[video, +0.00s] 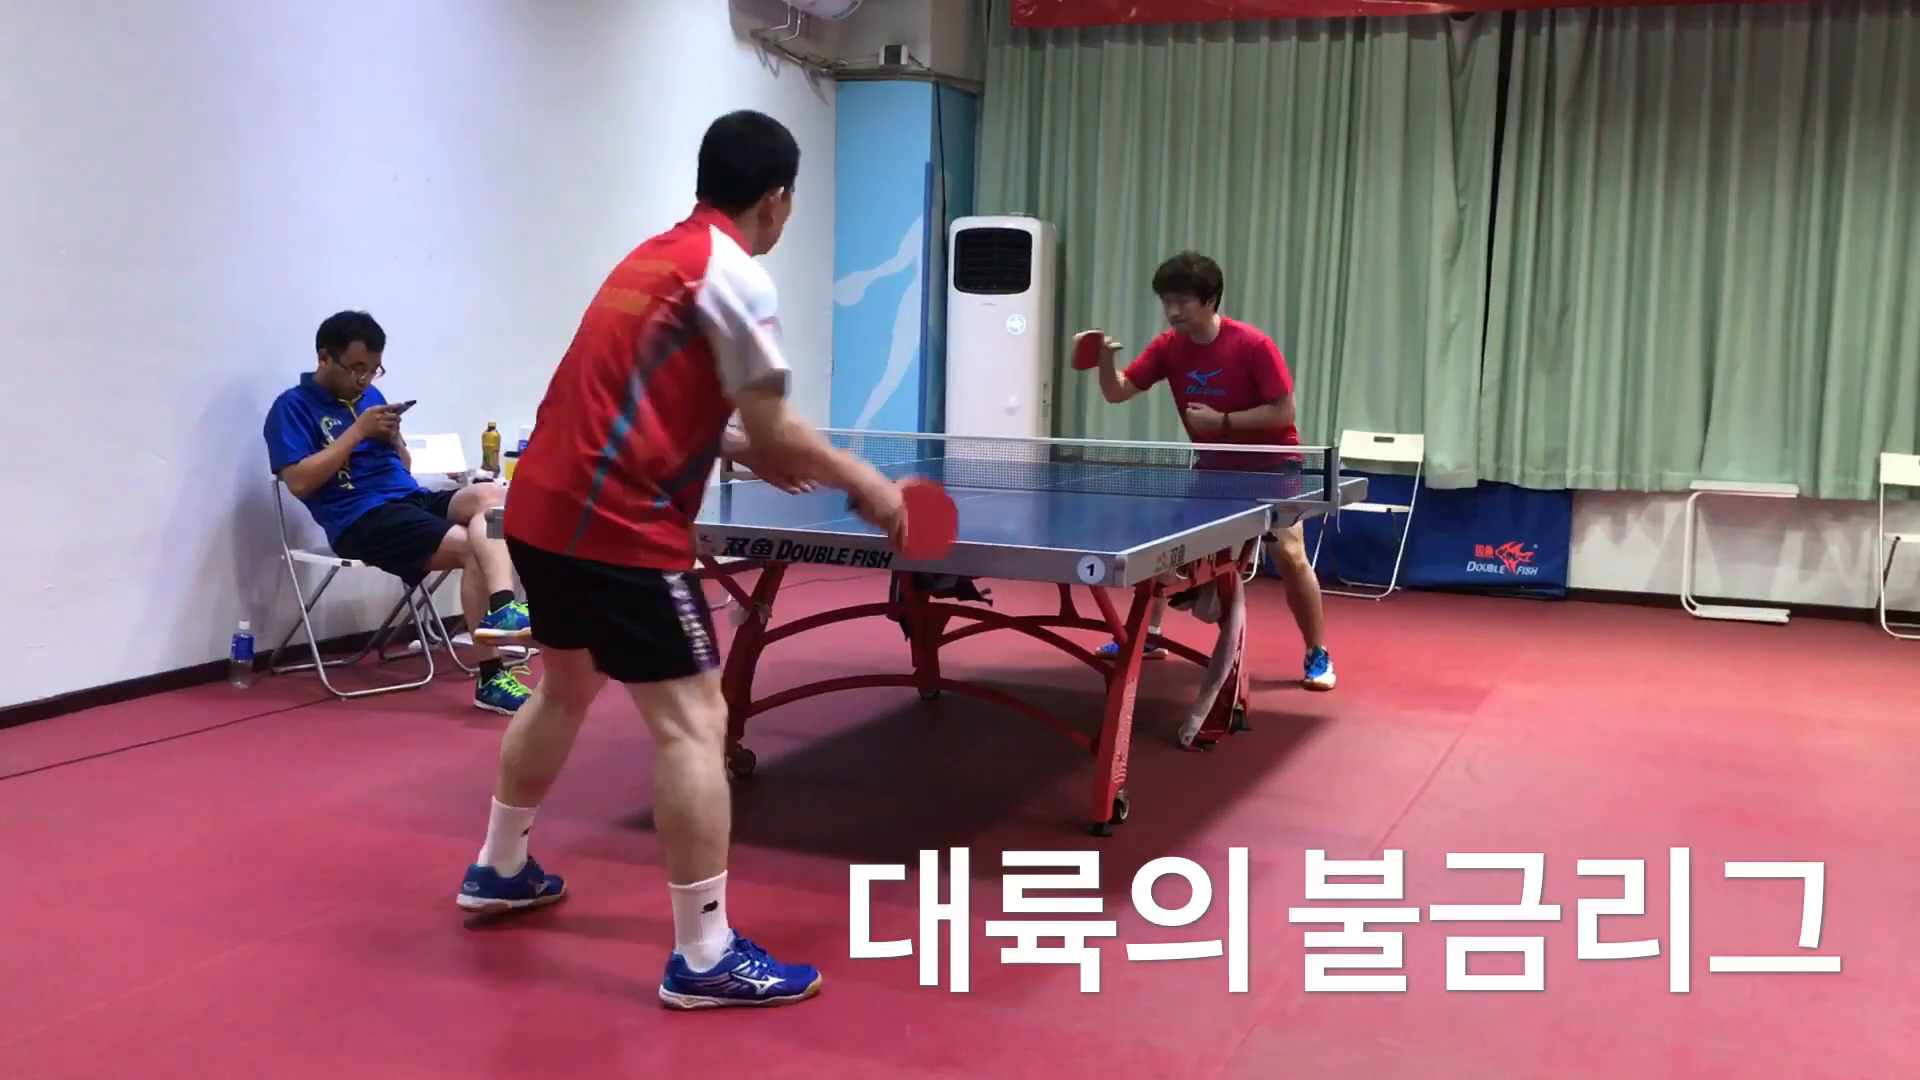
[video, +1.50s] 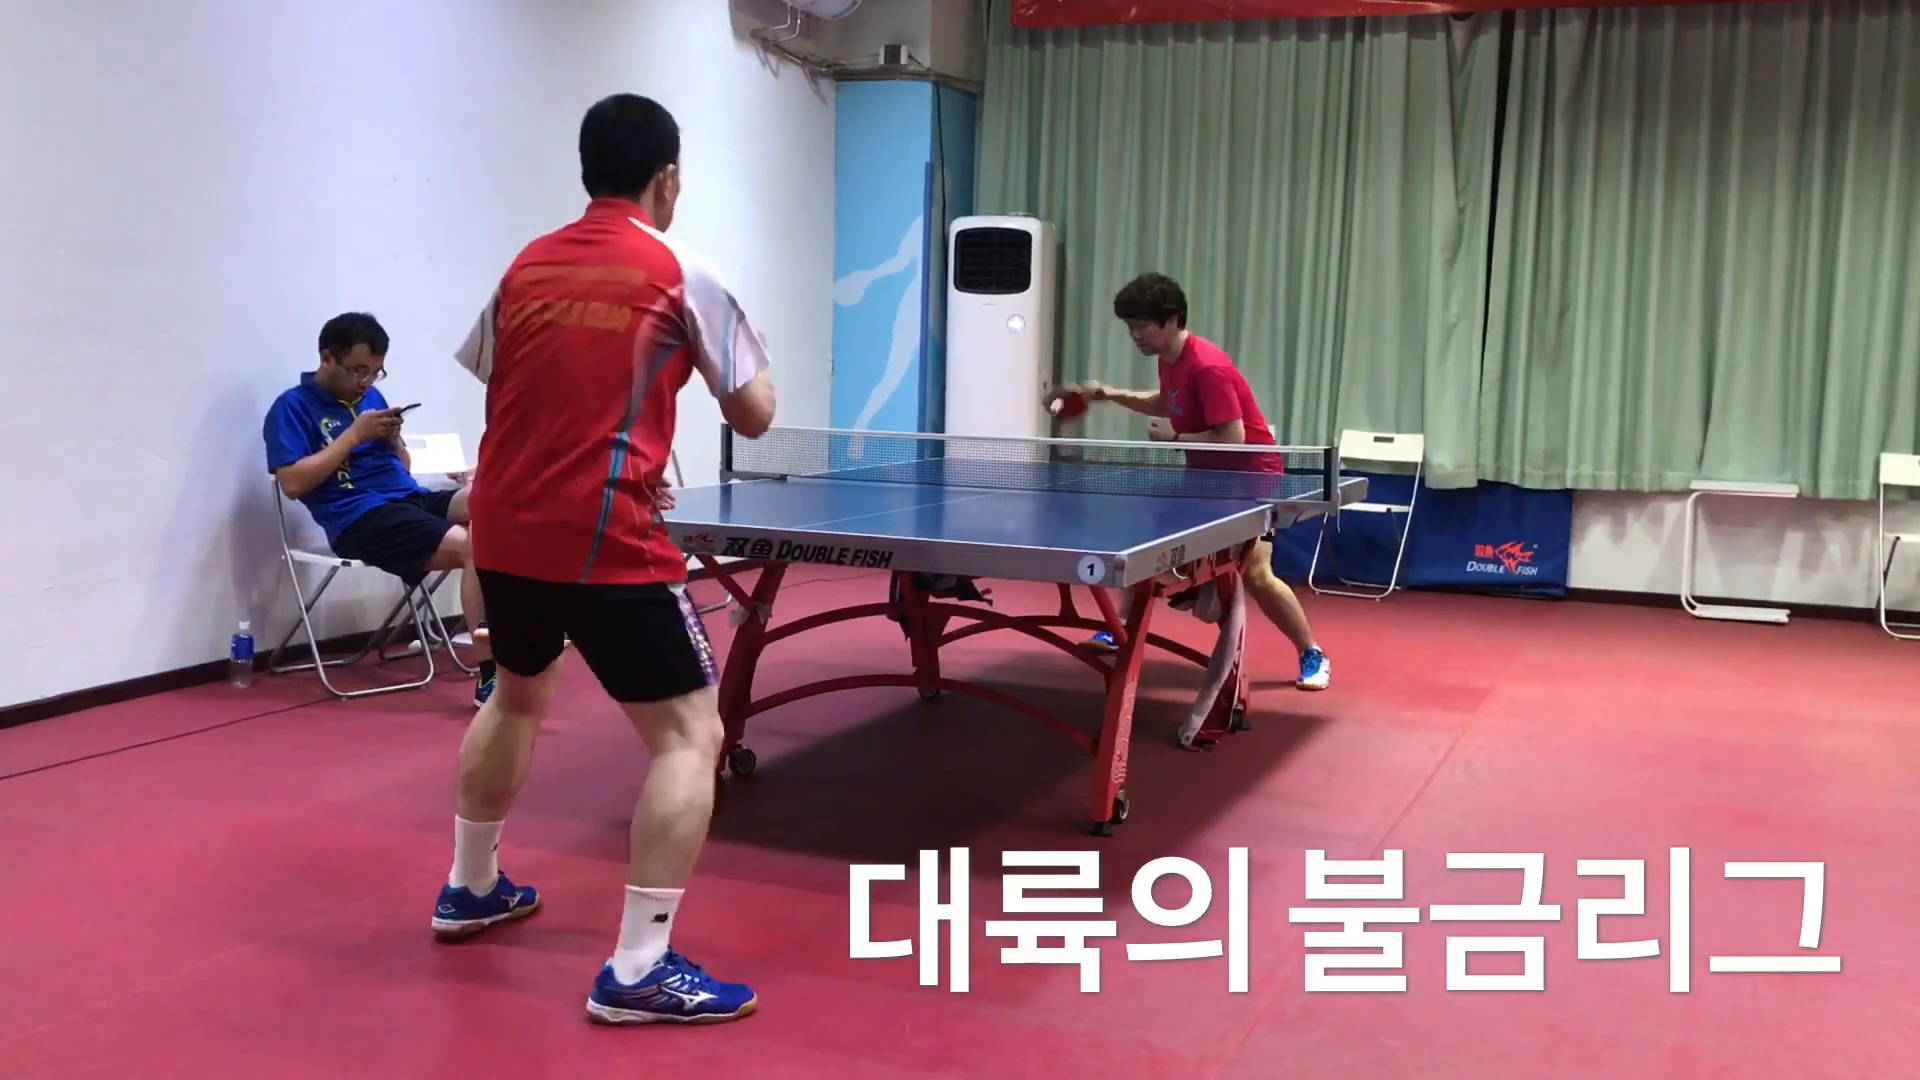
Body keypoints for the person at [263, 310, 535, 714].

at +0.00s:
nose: (365, 380)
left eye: (372, 370)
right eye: (356, 369)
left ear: (377, 365)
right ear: (324, 359)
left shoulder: (370, 397)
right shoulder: (291, 408)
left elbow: (404, 466)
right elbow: (299, 483)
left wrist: (393, 436)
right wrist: (358, 430)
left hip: (411, 501)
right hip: (363, 520)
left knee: (490, 496)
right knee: (479, 549)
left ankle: (503, 604)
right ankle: (491, 677)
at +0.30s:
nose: (366, 381)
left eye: (373, 371)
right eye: (357, 370)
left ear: (379, 364)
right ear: (325, 358)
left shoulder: (370, 397)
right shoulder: (291, 407)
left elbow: (405, 467)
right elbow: (296, 482)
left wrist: (394, 437)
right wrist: (358, 430)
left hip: (410, 500)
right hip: (363, 520)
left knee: (487, 498)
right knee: (475, 547)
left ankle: (496, 605)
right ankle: (491, 676)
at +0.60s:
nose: (366, 381)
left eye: (373, 371)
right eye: (357, 370)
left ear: (379, 365)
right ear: (324, 358)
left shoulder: (370, 397)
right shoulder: (290, 407)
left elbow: (404, 468)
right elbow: (293, 482)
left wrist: (394, 437)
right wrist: (357, 433)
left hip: (410, 500)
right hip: (363, 520)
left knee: (493, 495)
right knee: (477, 546)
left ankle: (500, 602)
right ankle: (491, 674)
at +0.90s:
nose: (367, 383)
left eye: (374, 373)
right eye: (359, 371)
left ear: (381, 366)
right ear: (326, 358)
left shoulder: (370, 397)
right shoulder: (291, 408)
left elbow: (404, 466)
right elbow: (294, 483)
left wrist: (394, 439)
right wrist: (358, 434)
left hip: (410, 500)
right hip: (362, 519)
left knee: (491, 500)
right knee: (476, 547)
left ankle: (495, 613)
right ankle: (492, 676)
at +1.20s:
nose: (367, 383)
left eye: (374, 373)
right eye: (359, 372)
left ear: (380, 367)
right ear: (326, 359)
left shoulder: (370, 397)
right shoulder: (291, 408)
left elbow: (404, 467)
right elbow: (294, 483)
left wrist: (393, 437)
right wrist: (356, 435)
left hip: (410, 499)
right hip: (364, 519)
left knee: (495, 507)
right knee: (474, 547)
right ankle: (492, 674)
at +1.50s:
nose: (366, 383)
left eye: (373, 373)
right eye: (358, 371)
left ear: (379, 368)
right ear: (326, 359)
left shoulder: (369, 397)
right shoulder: (291, 408)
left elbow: (403, 468)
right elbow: (293, 483)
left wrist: (393, 436)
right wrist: (355, 435)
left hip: (409, 499)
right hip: (364, 518)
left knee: (490, 502)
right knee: (474, 546)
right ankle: (490, 675)